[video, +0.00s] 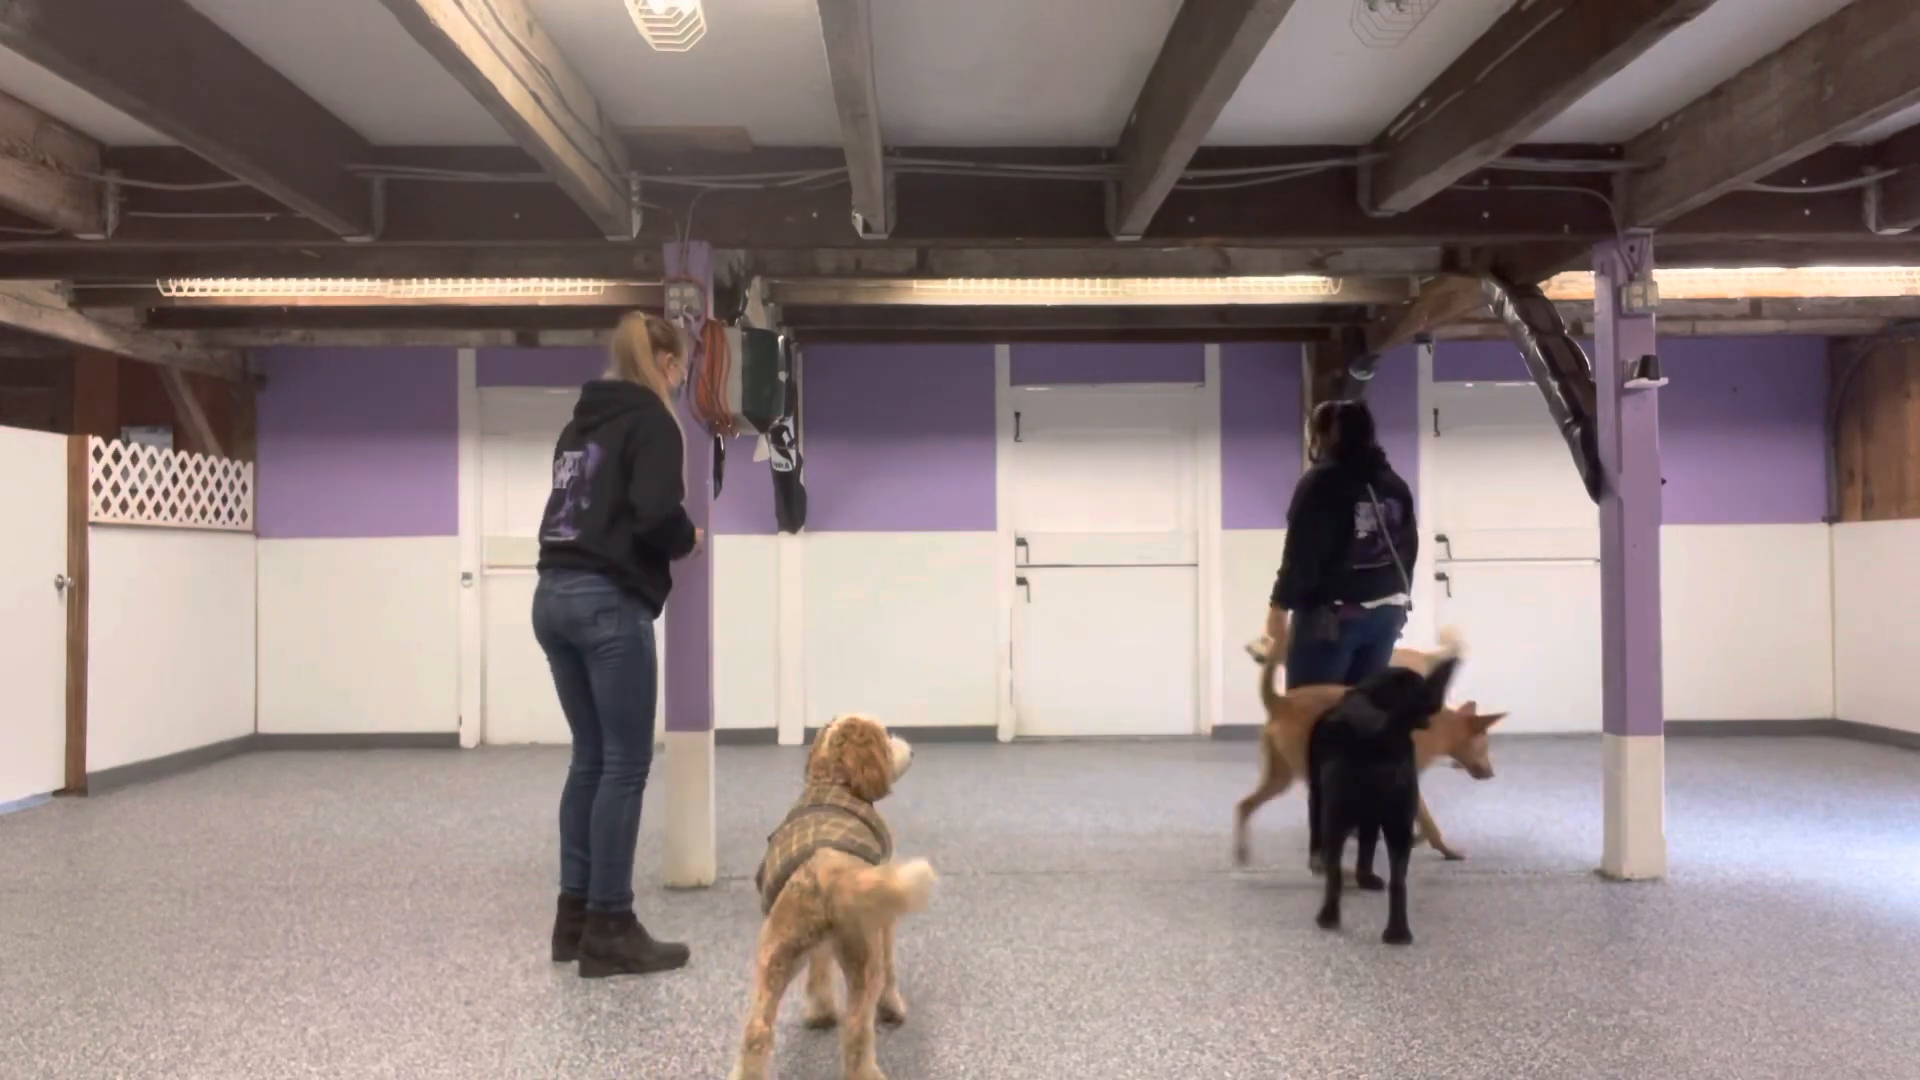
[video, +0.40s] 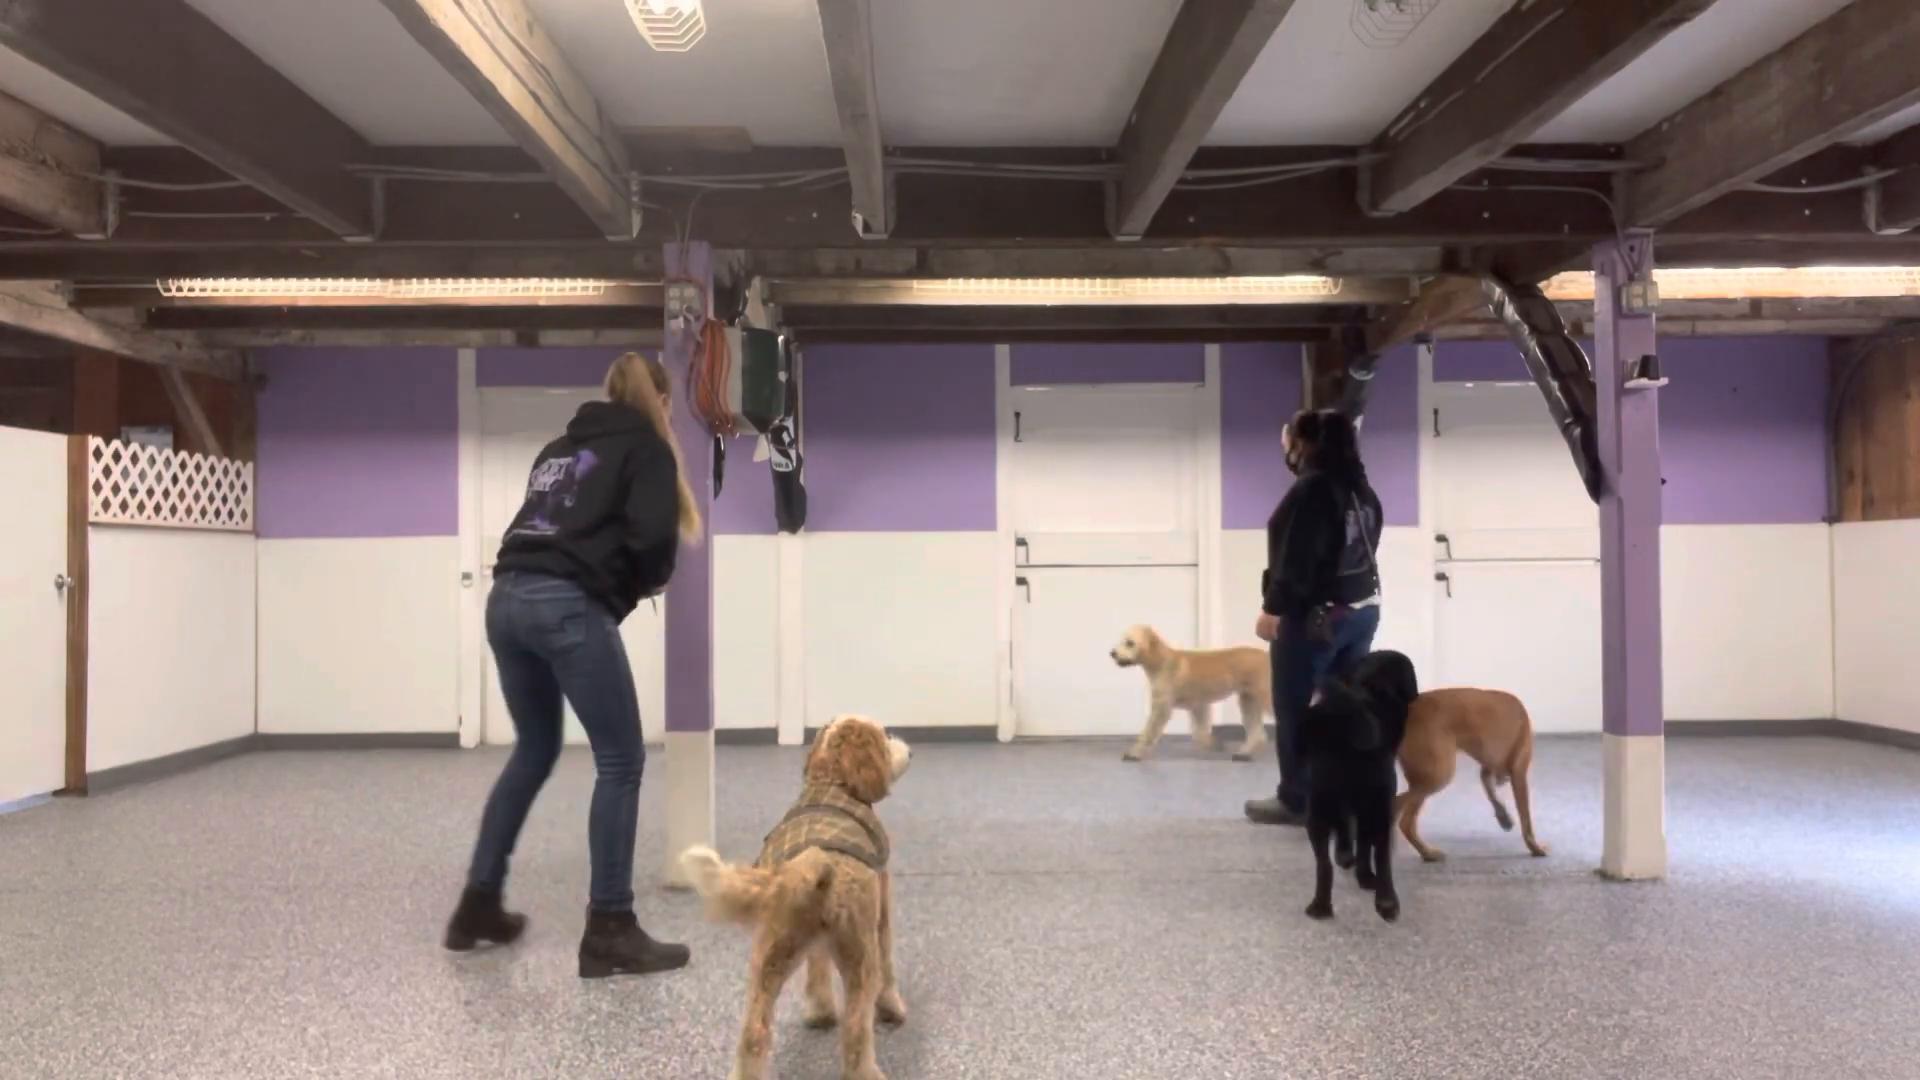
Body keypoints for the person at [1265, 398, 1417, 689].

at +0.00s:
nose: (1311, 443)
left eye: (1315, 434)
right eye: (1312, 434)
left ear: (1329, 436)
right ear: (1365, 434)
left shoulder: (1319, 483)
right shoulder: (1394, 483)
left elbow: (1300, 555)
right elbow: (1407, 547)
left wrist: (1278, 611)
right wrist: (1398, 599)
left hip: (1330, 611)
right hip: (1387, 608)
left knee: (1307, 713)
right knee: (1362, 711)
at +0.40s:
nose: (1287, 452)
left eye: (1292, 444)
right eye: (1289, 443)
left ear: (1308, 446)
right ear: (1338, 444)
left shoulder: (1310, 493)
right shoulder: (1361, 490)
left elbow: (1298, 560)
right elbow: (1355, 555)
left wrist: (1273, 609)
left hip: (1316, 613)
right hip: (1362, 609)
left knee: (1290, 705)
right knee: (1345, 703)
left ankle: (1294, 797)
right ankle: (1350, 795)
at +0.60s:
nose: (1270, 455)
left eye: (1274, 446)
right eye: (1269, 447)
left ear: (1293, 445)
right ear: (1313, 445)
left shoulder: (1304, 492)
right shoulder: (1339, 488)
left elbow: (1297, 560)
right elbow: (1332, 555)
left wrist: (1270, 613)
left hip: (1308, 608)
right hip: (1339, 603)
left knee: (1288, 708)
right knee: (1314, 700)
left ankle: (1292, 798)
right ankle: (1319, 793)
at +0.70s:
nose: (1268, 456)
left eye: (1272, 447)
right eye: (1267, 448)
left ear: (1291, 444)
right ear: (1309, 444)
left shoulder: (1304, 490)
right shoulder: (1332, 484)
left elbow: (1297, 558)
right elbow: (1327, 553)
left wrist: (1271, 611)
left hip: (1305, 610)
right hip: (1333, 602)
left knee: (1289, 708)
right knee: (1301, 701)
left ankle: (1292, 799)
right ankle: (1309, 793)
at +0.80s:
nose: (1273, 456)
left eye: (1277, 447)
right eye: (1273, 448)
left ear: (1295, 445)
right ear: (1309, 445)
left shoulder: (1310, 489)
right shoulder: (1319, 484)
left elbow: (1304, 556)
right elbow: (1312, 555)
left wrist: (1275, 608)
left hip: (1304, 610)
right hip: (1317, 605)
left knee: (1291, 705)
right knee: (1299, 702)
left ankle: (1293, 798)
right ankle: (1299, 795)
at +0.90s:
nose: (1278, 455)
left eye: (1283, 447)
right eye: (1279, 447)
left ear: (1302, 446)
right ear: (1310, 447)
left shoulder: (1319, 490)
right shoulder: (1305, 486)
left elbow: (1310, 555)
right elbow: (1306, 553)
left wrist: (1281, 606)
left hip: (1304, 616)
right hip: (1302, 615)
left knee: (1293, 707)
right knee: (1293, 706)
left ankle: (1294, 798)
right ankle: (1293, 794)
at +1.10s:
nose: (1292, 460)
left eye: (1298, 452)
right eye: (1293, 453)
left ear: (1317, 452)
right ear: (1313, 454)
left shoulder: (1347, 491)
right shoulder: (1305, 492)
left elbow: (1348, 556)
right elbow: (1287, 553)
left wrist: (1318, 602)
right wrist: (1268, 599)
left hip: (1323, 616)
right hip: (1299, 613)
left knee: (1296, 703)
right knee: (1317, 705)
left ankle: (1294, 798)